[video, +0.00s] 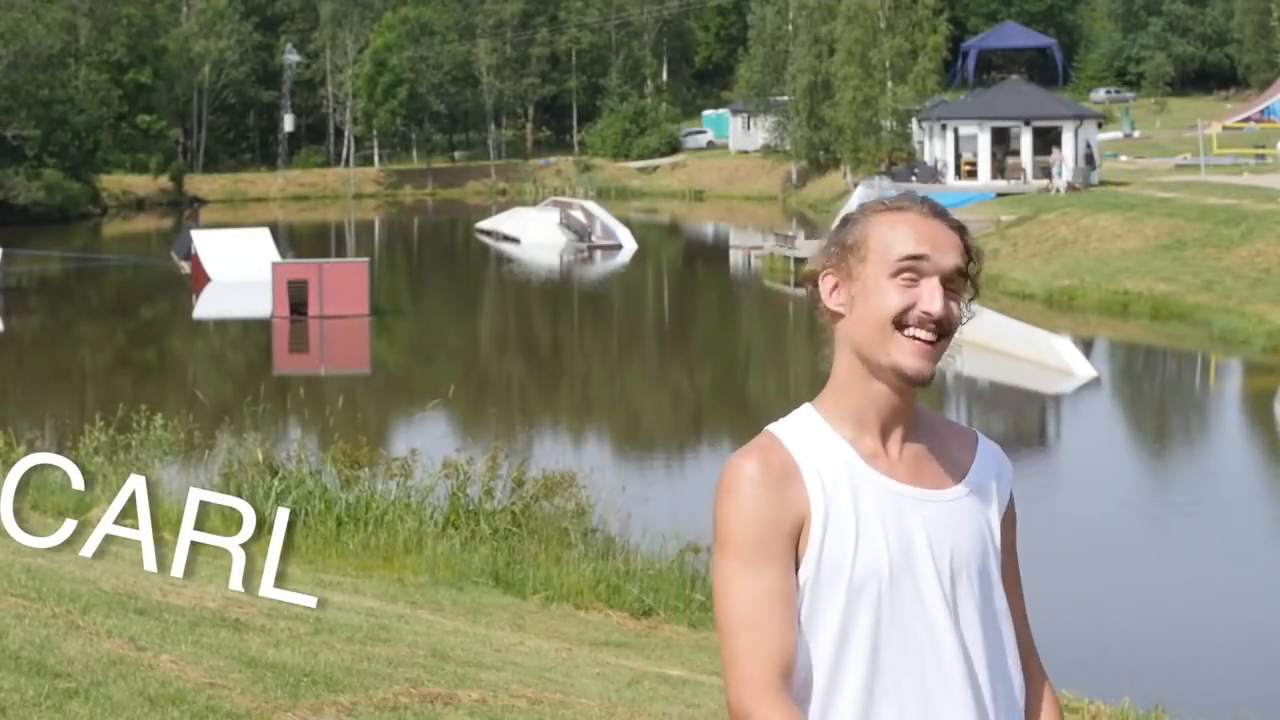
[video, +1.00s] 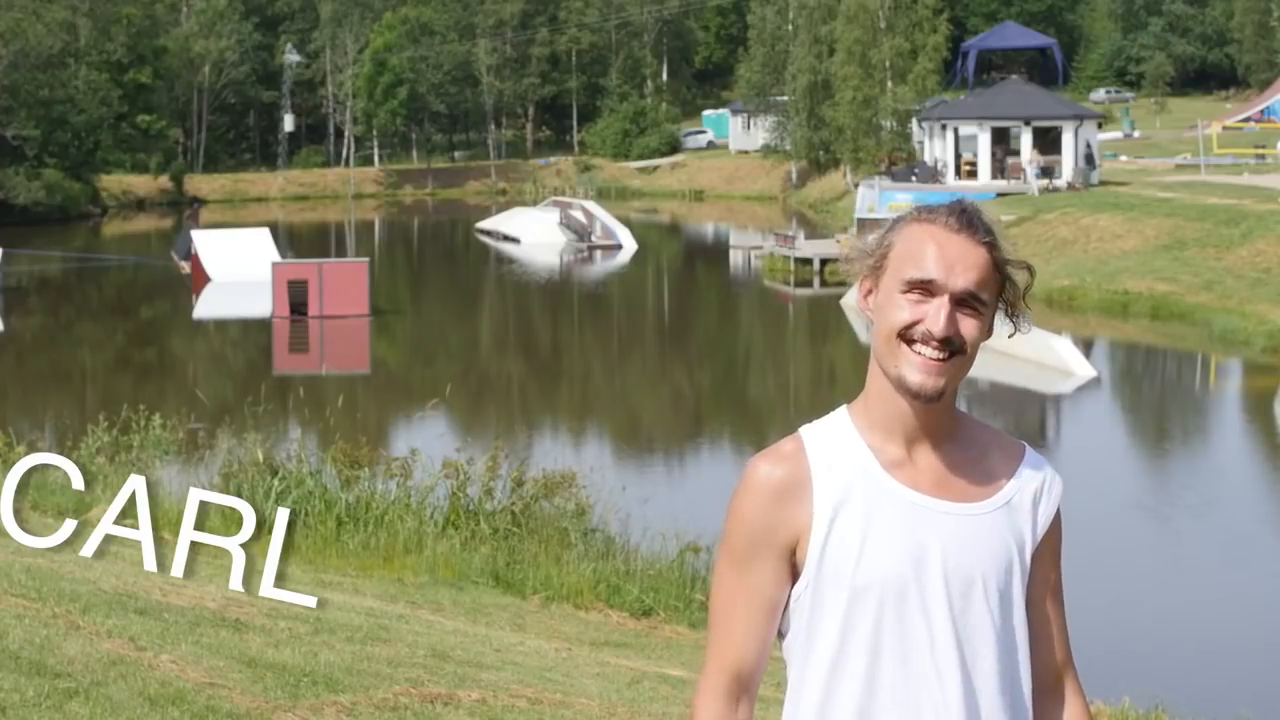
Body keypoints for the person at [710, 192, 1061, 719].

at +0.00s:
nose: (938, 307)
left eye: (952, 286)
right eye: (909, 276)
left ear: (962, 305)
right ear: (836, 291)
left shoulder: (986, 467)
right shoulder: (767, 476)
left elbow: (1026, 675)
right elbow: (758, 697)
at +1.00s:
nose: (942, 324)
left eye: (969, 305)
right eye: (919, 291)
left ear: (989, 326)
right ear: (869, 296)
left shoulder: (1029, 484)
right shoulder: (786, 481)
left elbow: (1054, 685)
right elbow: (728, 692)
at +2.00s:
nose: (845, 323)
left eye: (868, 293)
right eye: (814, 298)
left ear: (902, 298)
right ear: (774, 310)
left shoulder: (994, 443)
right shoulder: (757, 457)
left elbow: (1116, 636)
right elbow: (653, 624)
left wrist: (1229, 713)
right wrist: (725, 421)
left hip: (974, 711)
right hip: (795, 711)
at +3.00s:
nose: (869, 399)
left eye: (895, 366)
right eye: (842, 370)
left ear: (957, 328)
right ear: (820, 350)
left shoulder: (1079, 464)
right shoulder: (834, 505)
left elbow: (1155, 694)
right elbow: (803, 697)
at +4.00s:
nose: (1004, 385)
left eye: (1042, 363)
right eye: (993, 347)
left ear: (1122, 352)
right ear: (983, 326)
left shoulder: (1208, 524)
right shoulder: (965, 476)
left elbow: (1238, 709)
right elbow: (915, 675)